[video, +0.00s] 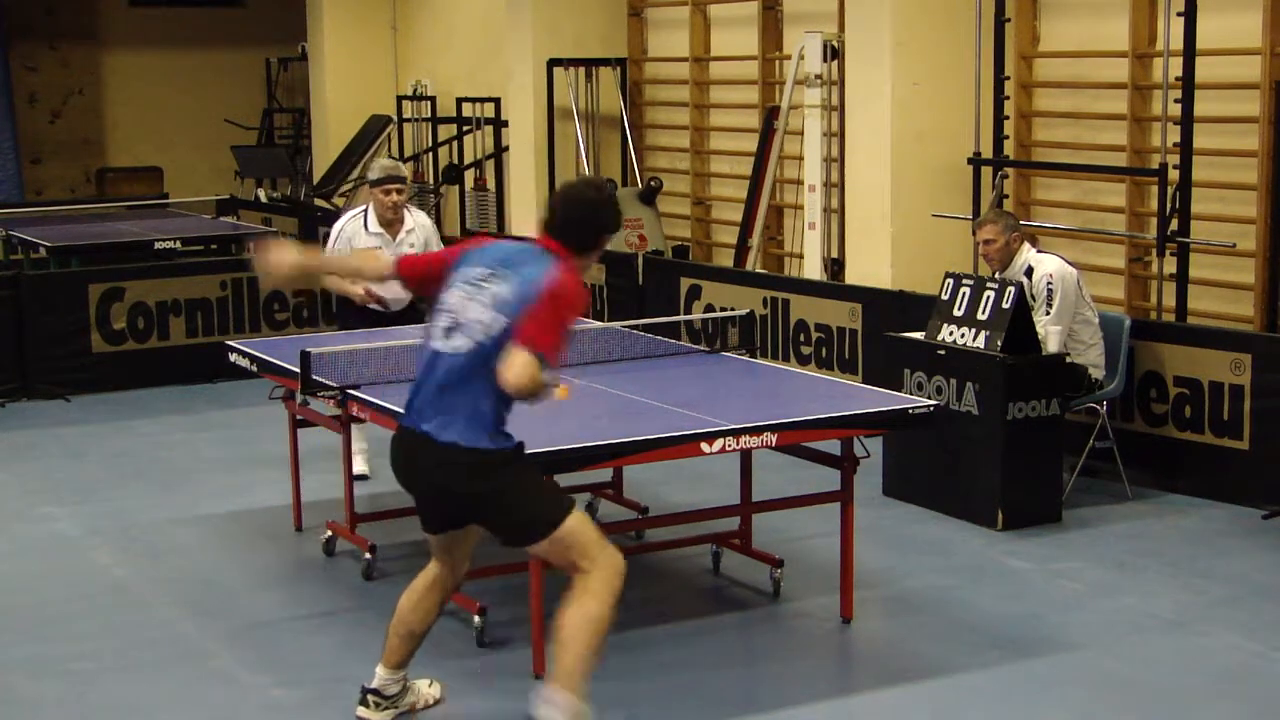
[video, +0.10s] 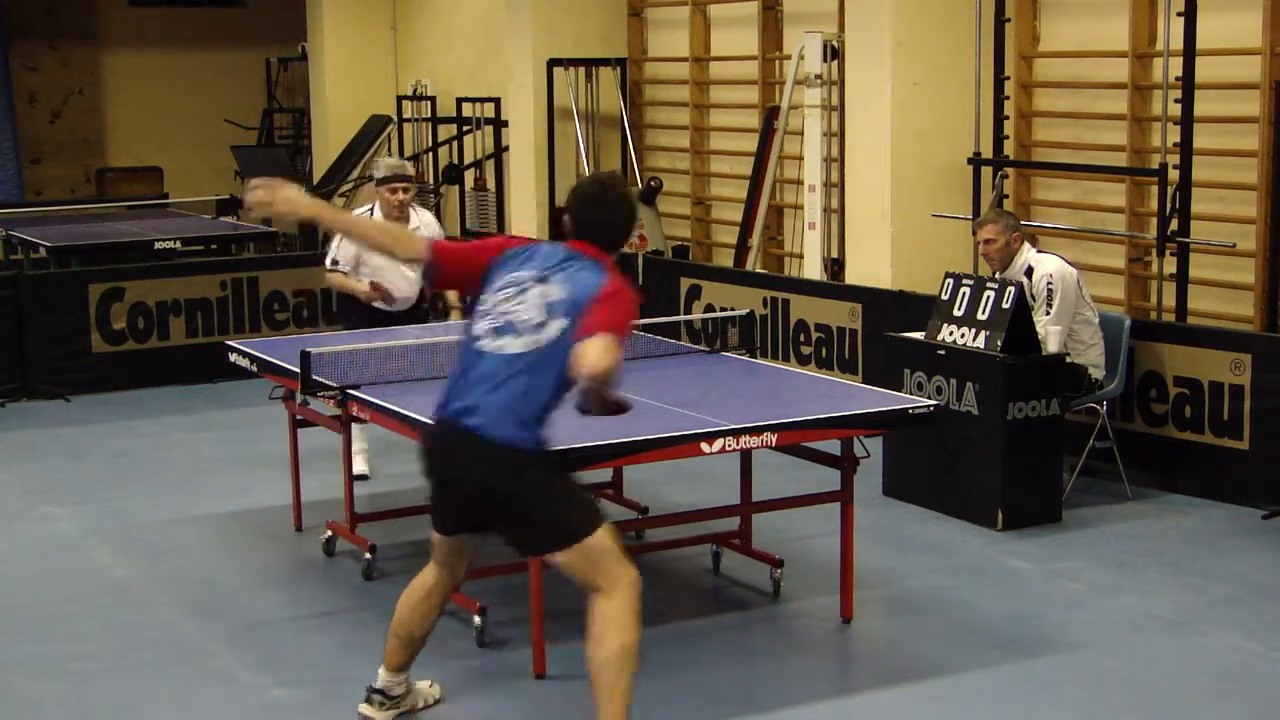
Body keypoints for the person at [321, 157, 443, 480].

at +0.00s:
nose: (394, 199)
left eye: (400, 192)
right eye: (386, 193)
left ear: (408, 192)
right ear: (371, 193)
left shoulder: (423, 224)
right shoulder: (348, 226)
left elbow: (440, 269)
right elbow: (324, 274)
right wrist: (351, 289)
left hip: (408, 308)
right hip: (362, 311)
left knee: (416, 377)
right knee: (355, 379)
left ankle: (423, 449)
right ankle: (358, 451)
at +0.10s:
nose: (400, 198)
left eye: (406, 191)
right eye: (392, 192)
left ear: (415, 191)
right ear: (377, 192)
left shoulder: (428, 223)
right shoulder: (358, 221)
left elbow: (446, 267)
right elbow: (332, 274)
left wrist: (456, 314)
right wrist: (360, 289)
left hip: (414, 311)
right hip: (368, 312)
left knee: (425, 378)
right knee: (359, 378)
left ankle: (440, 449)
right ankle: (358, 448)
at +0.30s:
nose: (427, 196)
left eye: (432, 190)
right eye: (419, 190)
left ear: (439, 191)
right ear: (402, 192)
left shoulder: (449, 223)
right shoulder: (379, 226)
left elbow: (476, 260)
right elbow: (352, 274)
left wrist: (490, 301)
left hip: (429, 309)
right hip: (381, 308)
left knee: (442, 377)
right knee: (367, 377)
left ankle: (461, 444)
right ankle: (362, 450)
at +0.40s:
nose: (444, 199)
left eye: (449, 193)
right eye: (436, 192)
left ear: (456, 194)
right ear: (418, 192)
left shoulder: (459, 227)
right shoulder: (397, 224)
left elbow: (488, 269)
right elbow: (370, 271)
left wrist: (515, 297)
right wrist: (408, 279)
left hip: (432, 309)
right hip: (390, 307)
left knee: (445, 371)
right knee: (391, 371)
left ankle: (468, 443)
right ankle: (382, 440)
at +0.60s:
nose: (470, 211)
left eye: (475, 204)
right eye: (463, 203)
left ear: (479, 205)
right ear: (444, 203)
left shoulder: (468, 235)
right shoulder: (425, 229)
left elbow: (487, 274)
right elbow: (415, 277)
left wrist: (518, 301)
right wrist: (463, 273)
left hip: (433, 314)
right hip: (397, 312)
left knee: (436, 378)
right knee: (419, 380)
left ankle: (426, 446)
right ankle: (420, 447)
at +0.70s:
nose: (482, 221)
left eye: (485, 215)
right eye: (475, 213)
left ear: (486, 215)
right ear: (452, 212)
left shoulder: (469, 244)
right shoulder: (438, 238)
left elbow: (479, 285)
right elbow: (439, 281)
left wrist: (507, 308)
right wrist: (495, 283)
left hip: (432, 320)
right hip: (396, 318)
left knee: (437, 380)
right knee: (428, 382)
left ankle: (425, 449)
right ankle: (422, 450)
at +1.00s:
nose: (483, 214)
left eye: (487, 207)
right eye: (475, 206)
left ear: (492, 207)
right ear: (456, 206)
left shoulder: (485, 233)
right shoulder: (441, 235)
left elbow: (476, 275)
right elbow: (438, 286)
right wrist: (487, 289)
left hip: (463, 309)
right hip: (433, 312)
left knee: (463, 386)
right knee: (440, 388)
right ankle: (422, 457)